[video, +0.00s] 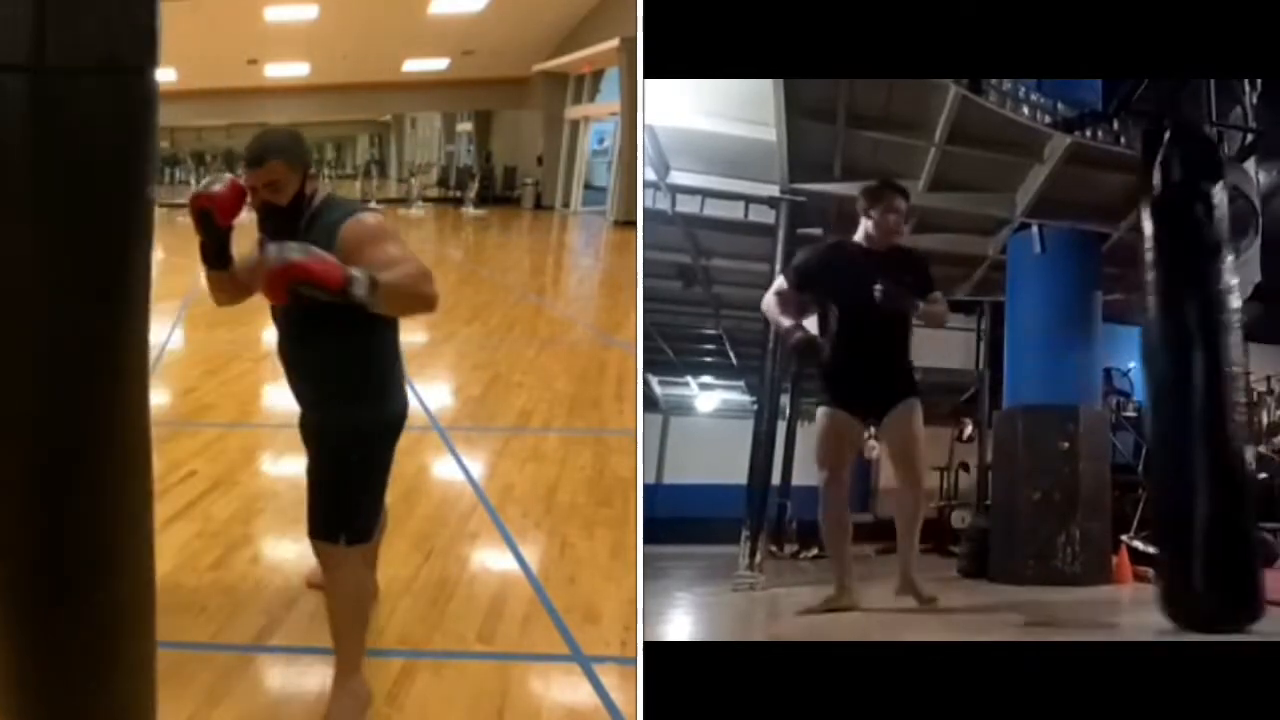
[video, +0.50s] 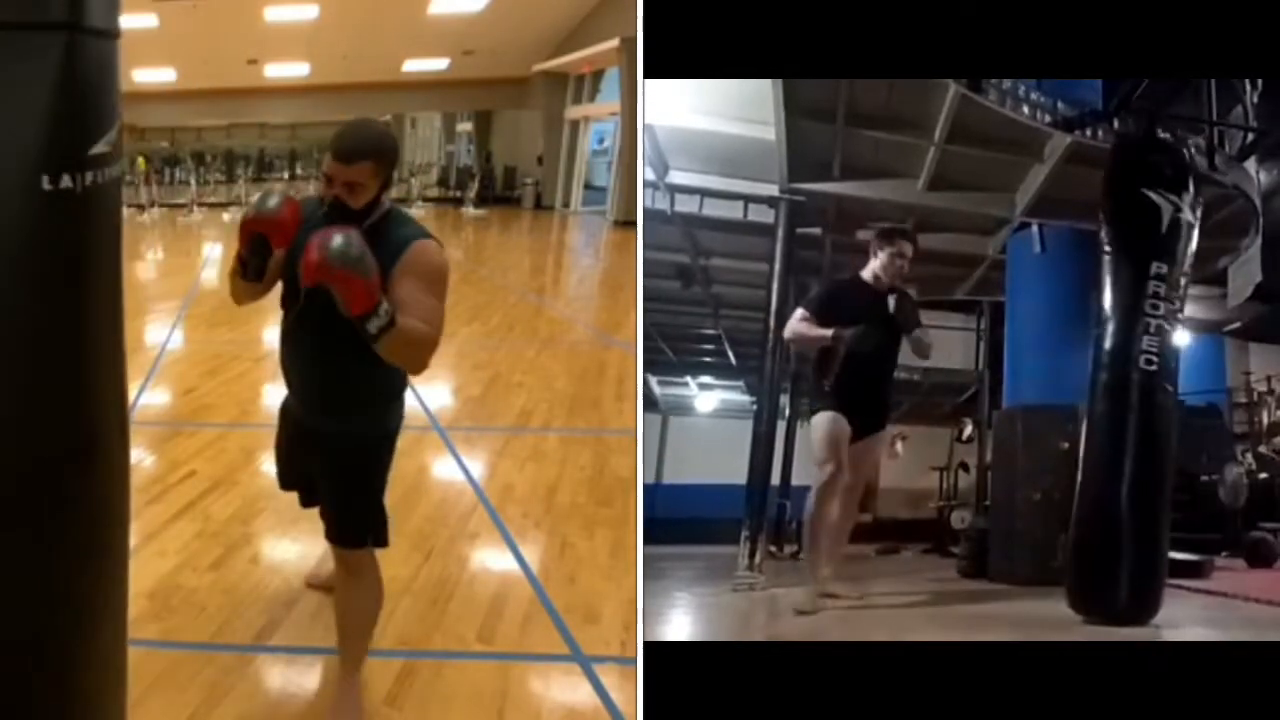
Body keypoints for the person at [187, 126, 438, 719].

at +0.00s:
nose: (266, 201)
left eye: (276, 187)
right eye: (257, 190)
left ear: (307, 177)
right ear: (249, 184)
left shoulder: (354, 227)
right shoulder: (279, 233)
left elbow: (423, 294)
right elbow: (228, 292)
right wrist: (213, 234)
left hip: (363, 411)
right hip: (322, 406)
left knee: (343, 551)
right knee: (343, 500)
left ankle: (350, 684)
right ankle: (346, 571)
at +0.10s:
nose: (289, 191)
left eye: (300, 178)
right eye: (278, 180)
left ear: (327, 167)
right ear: (268, 172)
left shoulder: (375, 221)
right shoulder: (278, 226)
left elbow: (435, 294)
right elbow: (243, 301)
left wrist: (365, 292)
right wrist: (229, 250)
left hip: (368, 401)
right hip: (320, 396)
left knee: (333, 529)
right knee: (350, 492)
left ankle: (337, 670)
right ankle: (357, 573)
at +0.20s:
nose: (307, 187)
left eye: (319, 176)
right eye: (299, 175)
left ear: (346, 168)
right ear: (290, 166)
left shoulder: (388, 225)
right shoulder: (288, 223)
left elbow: (438, 308)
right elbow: (249, 306)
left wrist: (376, 291)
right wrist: (240, 259)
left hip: (368, 400)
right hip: (316, 394)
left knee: (337, 530)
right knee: (344, 491)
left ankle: (334, 666)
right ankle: (358, 575)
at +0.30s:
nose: (322, 189)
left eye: (335, 179)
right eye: (314, 176)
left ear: (364, 171)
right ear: (306, 166)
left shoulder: (402, 236)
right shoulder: (296, 223)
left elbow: (428, 331)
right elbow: (250, 306)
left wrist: (378, 297)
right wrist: (248, 261)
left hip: (365, 406)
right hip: (311, 396)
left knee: (348, 545)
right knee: (330, 501)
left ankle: (340, 678)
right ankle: (348, 569)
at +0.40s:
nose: (330, 194)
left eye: (344, 184)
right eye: (323, 180)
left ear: (377, 179)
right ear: (316, 170)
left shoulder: (411, 248)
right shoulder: (301, 223)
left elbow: (427, 343)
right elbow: (250, 302)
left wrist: (374, 317)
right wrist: (254, 259)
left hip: (363, 414)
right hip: (306, 399)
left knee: (350, 546)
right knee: (326, 493)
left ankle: (345, 683)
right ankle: (345, 564)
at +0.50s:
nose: (338, 197)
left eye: (354, 189)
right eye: (332, 183)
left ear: (386, 183)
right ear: (323, 170)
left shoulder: (416, 253)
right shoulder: (304, 219)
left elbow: (417, 356)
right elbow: (245, 294)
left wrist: (368, 306)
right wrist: (253, 247)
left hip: (363, 418)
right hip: (305, 401)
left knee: (353, 554)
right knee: (325, 494)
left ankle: (347, 686)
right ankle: (345, 566)